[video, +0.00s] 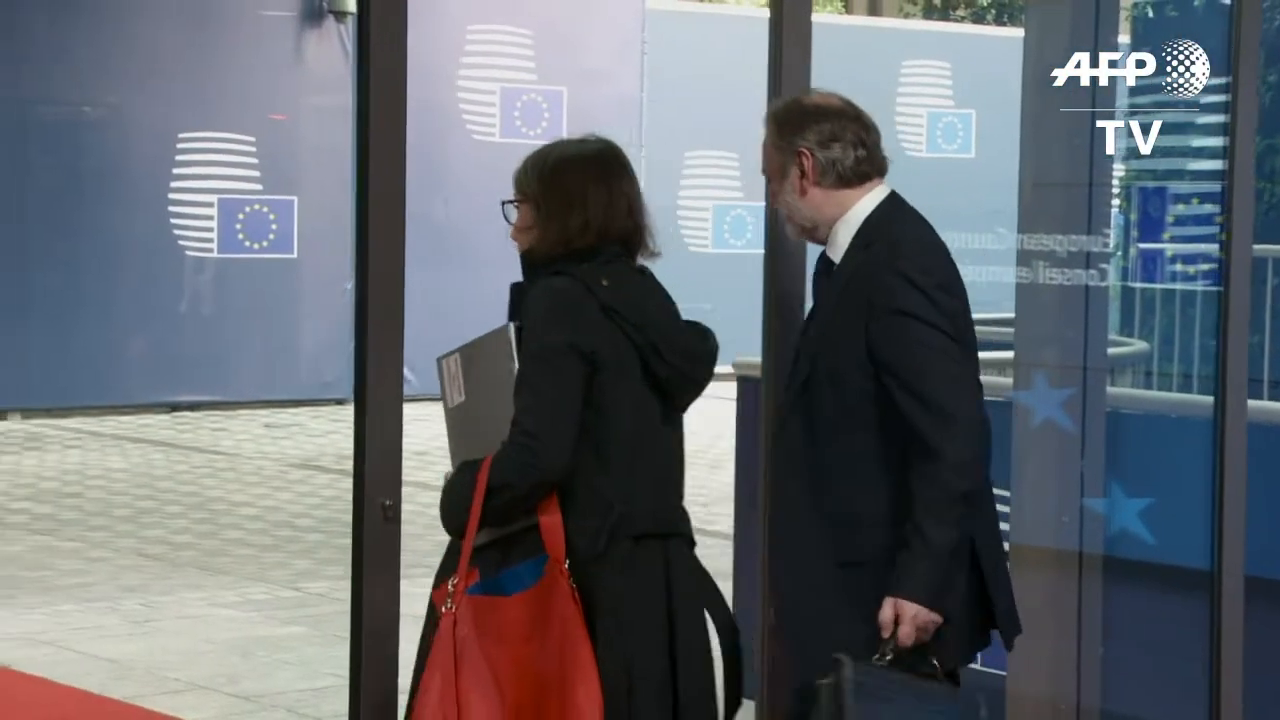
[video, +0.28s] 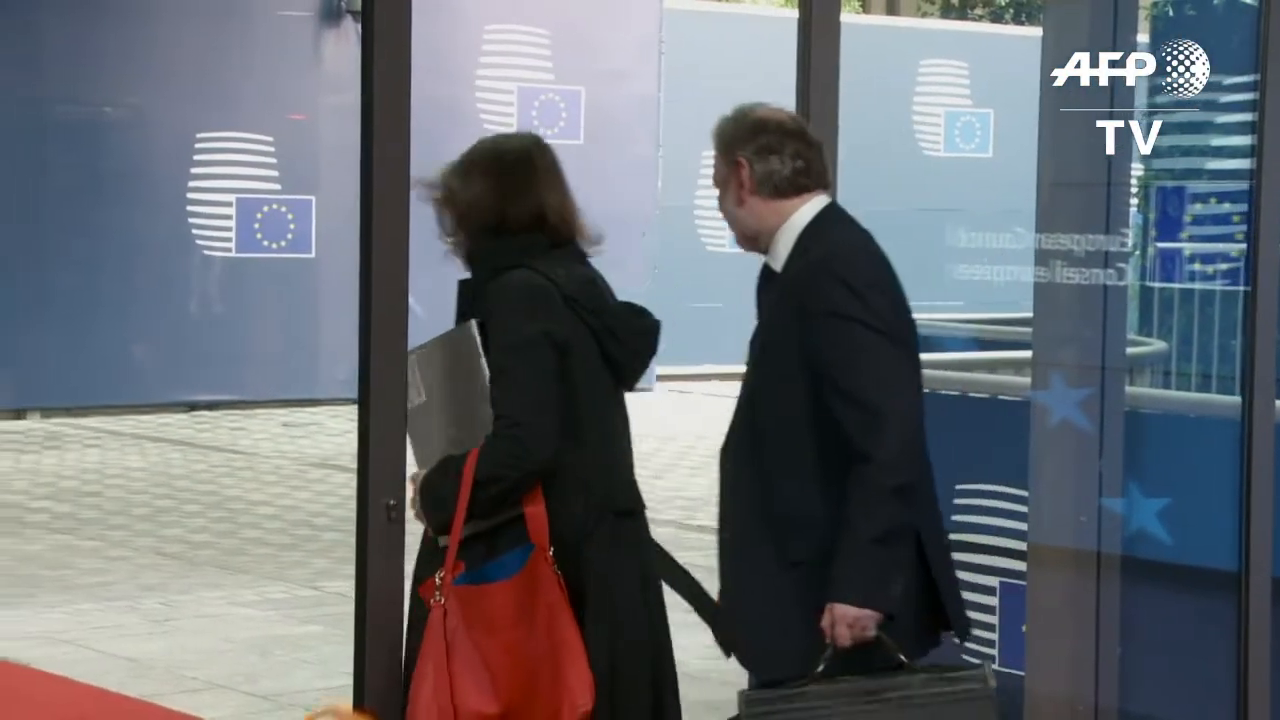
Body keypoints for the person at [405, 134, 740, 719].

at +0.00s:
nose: (513, 225)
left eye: (523, 208)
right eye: (516, 208)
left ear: (563, 212)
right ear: (606, 212)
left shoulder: (556, 300)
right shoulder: (642, 297)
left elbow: (540, 451)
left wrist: (463, 495)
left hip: (589, 592)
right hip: (657, 585)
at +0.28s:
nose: (451, 228)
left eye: (457, 211)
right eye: (450, 211)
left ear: (481, 213)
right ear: (547, 204)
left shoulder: (513, 293)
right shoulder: (572, 281)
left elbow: (528, 439)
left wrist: (440, 491)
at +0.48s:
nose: (411, 233)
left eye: (417, 216)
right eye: (415, 213)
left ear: (432, 221)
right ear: (499, 210)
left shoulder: (472, 305)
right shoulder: (522, 289)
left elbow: (500, 444)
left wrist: (417, 504)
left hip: (525, 572)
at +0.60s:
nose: (390, 236)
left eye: (398, 221)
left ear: (416, 229)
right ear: (480, 222)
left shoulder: (441, 310)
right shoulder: (507, 298)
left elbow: (463, 447)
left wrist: (380, 507)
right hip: (548, 551)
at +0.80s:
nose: (360, 236)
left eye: (367, 219)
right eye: (362, 222)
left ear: (389, 216)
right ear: (452, 209)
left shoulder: (406, 284)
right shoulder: (488, 275)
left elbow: (421, 409)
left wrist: (341, 465)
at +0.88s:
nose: (358, 213)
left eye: (364, 199)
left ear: (374, 203)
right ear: (453, 197)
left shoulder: (390, 278)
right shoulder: (480, 267)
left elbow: (404, 404)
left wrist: (327, 457)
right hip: (489, 487)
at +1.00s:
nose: (340, 216)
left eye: (349, 201)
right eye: (345, 201)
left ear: (374, 207)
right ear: (435, 206)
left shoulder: (376, 282)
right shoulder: (471, 276)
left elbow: (381, 407)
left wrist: (305, 454)